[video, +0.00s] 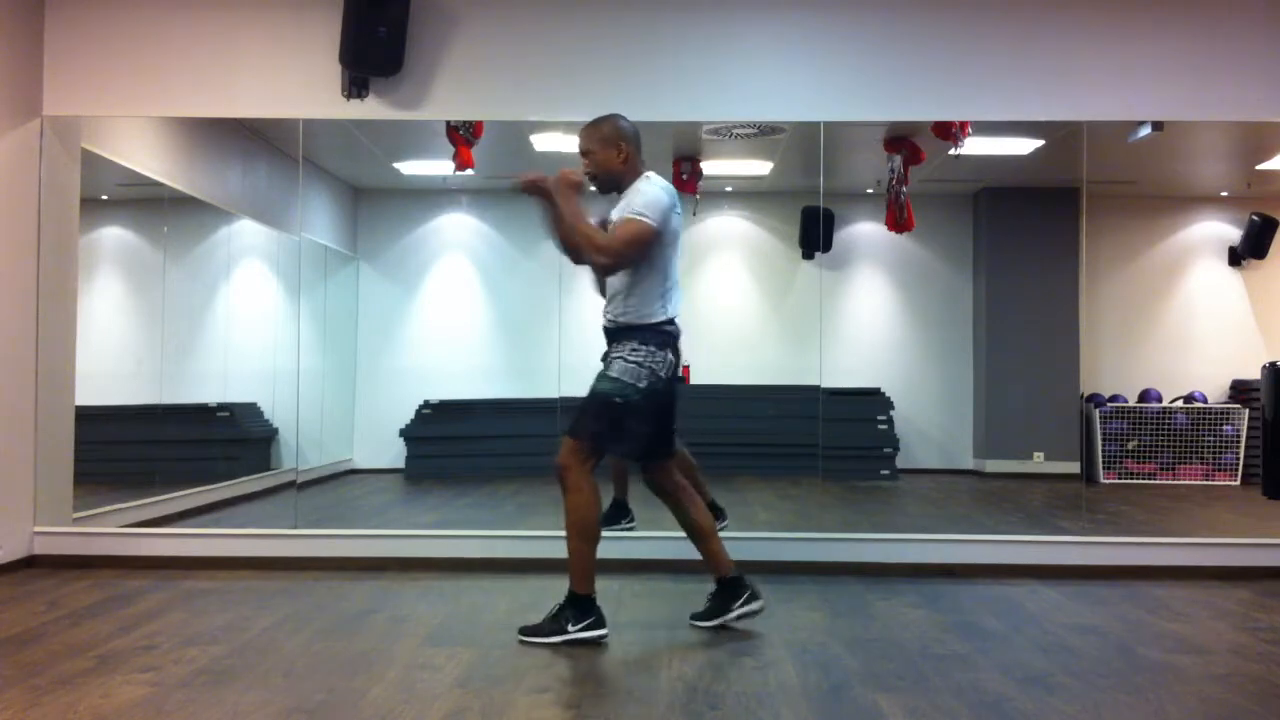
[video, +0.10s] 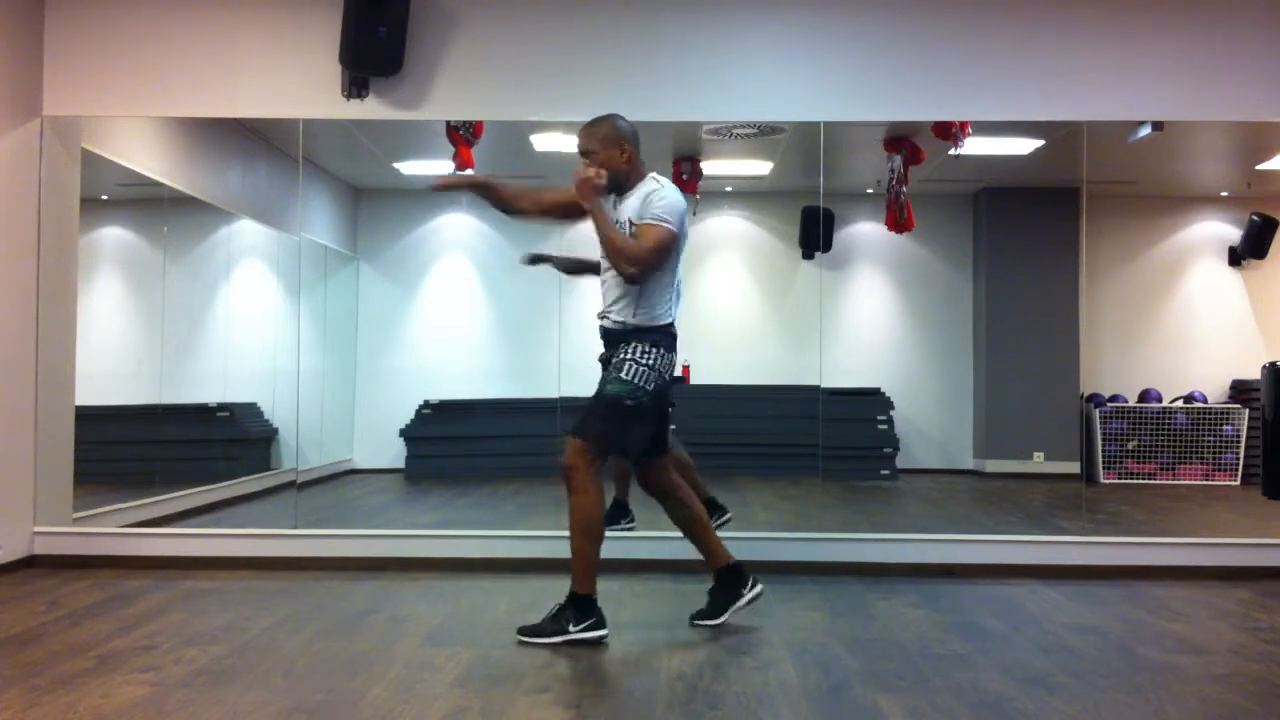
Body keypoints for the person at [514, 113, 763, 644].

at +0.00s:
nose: (585, 165)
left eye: (589, 155)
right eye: (583, 156)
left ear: (621, 151)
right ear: (620, 152)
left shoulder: (653, 192)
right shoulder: (624, 199)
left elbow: (607, 255)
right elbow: (580, 251)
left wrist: (568, 199)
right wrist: (552, 201)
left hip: (642, 350)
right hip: (637, 348)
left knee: (574, 461)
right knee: (662, 472)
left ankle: (581, 605)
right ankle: (731, 584)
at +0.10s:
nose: (587, 167)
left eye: (592, 156)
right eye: (584, 158)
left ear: (626, 152)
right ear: (612, 155)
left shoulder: (665, 199)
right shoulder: (613, 195)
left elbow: (633, 263)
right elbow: (532, 203)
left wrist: (593, 204)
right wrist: (478, 182)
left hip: (645, 349)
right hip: (623, 346)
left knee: (580, 460)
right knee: (656, 473)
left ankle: (582, 605)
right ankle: (729, 575)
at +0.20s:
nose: (583, 168)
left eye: (589, 157)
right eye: (580, 159)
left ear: (623, 152)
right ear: (612, 154)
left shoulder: (662, 202)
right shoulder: (604, 190)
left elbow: (631, 266)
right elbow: (518, 188)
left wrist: (595, 206)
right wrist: (443, 179)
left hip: (645, 349)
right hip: (622, 347)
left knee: (580, 462)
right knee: (652, 475)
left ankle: (582, 607)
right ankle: (729, 573)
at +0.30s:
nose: (576, 169)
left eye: (581, 159)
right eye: (573, 160)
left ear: (614, 153)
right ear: (608, 154)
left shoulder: (649, 198)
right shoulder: (608, 199)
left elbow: (607, 268)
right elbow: (542, 229)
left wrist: (582, 206)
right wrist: (497, 192)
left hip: (641, 351)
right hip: (623, 350)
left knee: (576, 463)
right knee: (646, 472)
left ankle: (582, 606)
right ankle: (722, 576)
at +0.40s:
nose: (570, 171)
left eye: (574, 161)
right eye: (568, 162)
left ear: (604, 156)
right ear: (609, 156)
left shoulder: (626, 194)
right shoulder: (642, 194)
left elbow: (567, 253)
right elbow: (588, 262)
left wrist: (551, 199)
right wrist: (566, 207)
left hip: (633, 349)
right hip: (654, 347)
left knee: (561, 464)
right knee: (662, 472)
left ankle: (579, 607)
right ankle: (711, 593)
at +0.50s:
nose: (578, 177)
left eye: (581, 167)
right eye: (577, 168)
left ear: (606, 159)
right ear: (621, 158)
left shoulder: (605, 192)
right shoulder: (673, 200)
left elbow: (529, 223)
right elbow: (648, 282)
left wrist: (488, 189)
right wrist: (583, 283)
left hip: (624, 350)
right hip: (670, 351)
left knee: (555, 462)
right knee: (680, 472)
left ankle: (561, 603)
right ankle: (712, 598)